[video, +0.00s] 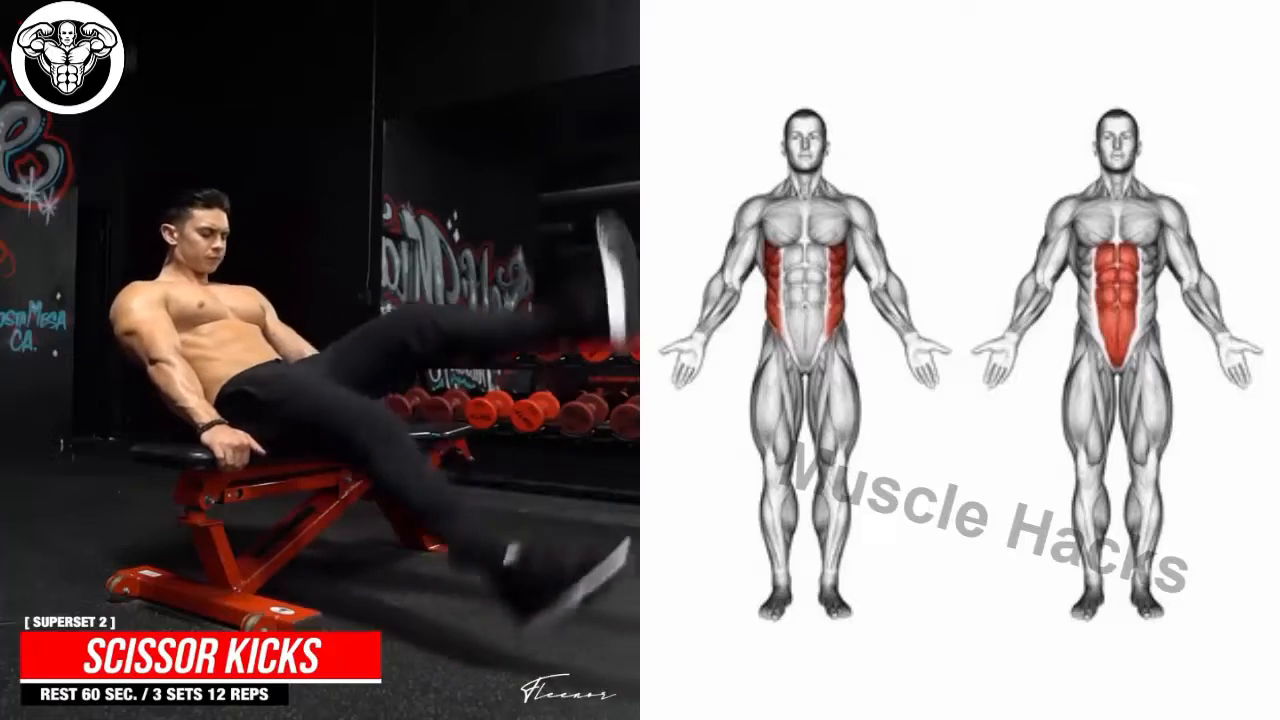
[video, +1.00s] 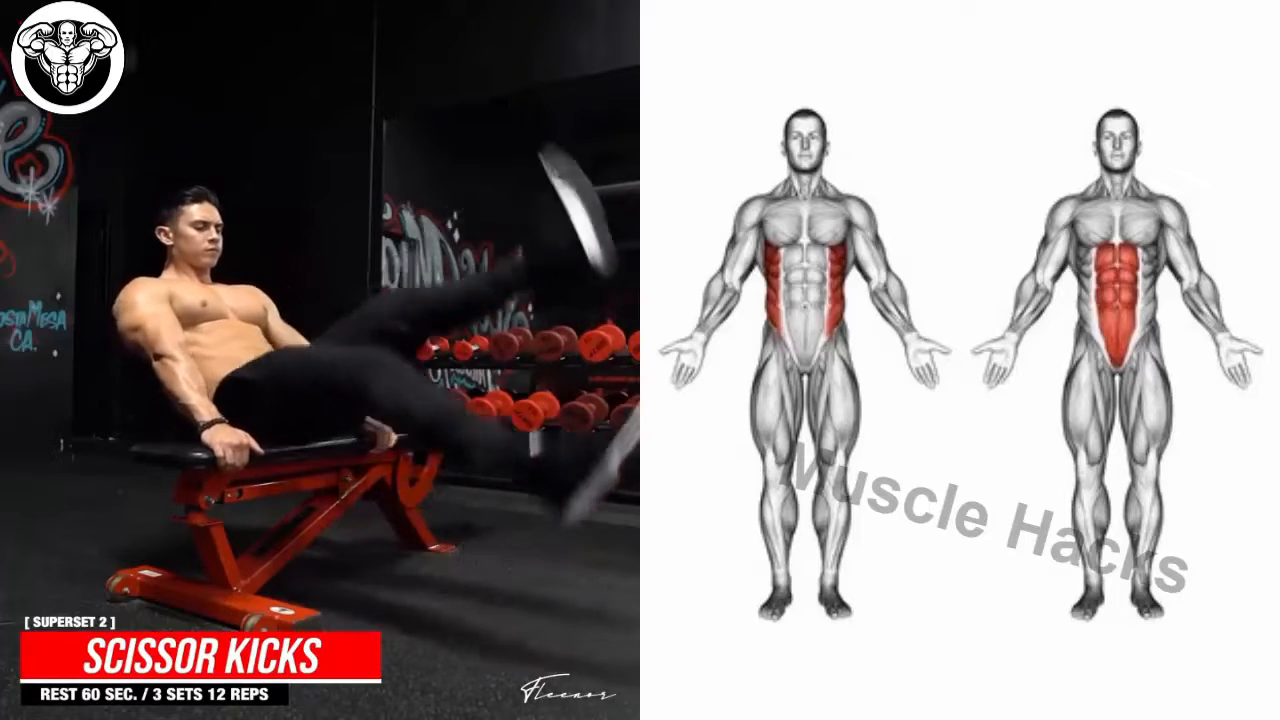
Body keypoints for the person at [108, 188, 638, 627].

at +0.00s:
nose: (217, 244)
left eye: (222, 235)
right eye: (206, 233)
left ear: (222, 240)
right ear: (170, 234)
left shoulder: (246, 296)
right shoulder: (140, 297)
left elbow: (309, 355)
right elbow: (163, 364)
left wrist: (371, 388)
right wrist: (208, 424)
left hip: (305, 380)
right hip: (249, 393)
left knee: (409, 324)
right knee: (373, 426)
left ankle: (567, 317)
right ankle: (507, 567)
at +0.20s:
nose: (227, 240)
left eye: (232, 231)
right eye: (216, 229)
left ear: (231, 234)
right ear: (179, 229)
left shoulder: (251, 293)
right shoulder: (145, 291)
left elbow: (311, 356)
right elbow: (166, 361)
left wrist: (366, 387)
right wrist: (210, 422)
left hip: (303, 376)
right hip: (251, 392)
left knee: (399, 310)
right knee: (374, 434)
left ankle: (562, 244)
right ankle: (507, 577)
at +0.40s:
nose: (217, 242)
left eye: (222, 233)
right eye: (205, 231)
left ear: (225, 240)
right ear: (170, 235)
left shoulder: (250, 293)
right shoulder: (140, 296)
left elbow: (300, 359)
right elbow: (162, 361)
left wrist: (361, 416)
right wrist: (210, 424)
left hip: (306, 399)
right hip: (247, 402)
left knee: (423, 358)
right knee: (365, 340)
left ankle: (562, 425)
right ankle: (531, 344)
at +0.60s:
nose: (214, 239)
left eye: (219, 230)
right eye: (201, 229)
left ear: (222, 236)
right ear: (167, 233)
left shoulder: (248, 292)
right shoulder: (140, 295)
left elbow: (314, 321)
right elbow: (160, 364)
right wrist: (206, 424)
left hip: (302, 392)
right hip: (242, 389)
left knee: (433, 432)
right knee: (329, 279)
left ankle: (517, 587)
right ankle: (465, 190)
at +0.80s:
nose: (209, 237)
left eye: (214, 228)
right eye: (195, 227)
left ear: (218, 235)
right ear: (163, 234)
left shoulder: (246, 295)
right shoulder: (140, 295)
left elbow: (298, 347)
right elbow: (165, 359)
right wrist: (209, 423)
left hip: (298, 399)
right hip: (240, 398)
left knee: (418, 391)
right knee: (326, 295)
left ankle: (556, 495)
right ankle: (510, 255)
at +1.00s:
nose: (212, 236)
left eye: (216, 227)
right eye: (199, 227)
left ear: (219, 237)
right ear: (166, 236)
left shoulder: (249, 295)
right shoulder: (143, 293)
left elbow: (310, 354)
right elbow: (168, 359)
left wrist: (364, 416)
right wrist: (210, 424)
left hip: (298, 378)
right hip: (241, 394)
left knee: (389, 312)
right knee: (372, 369)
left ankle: (540, 263)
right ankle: (547, 464)